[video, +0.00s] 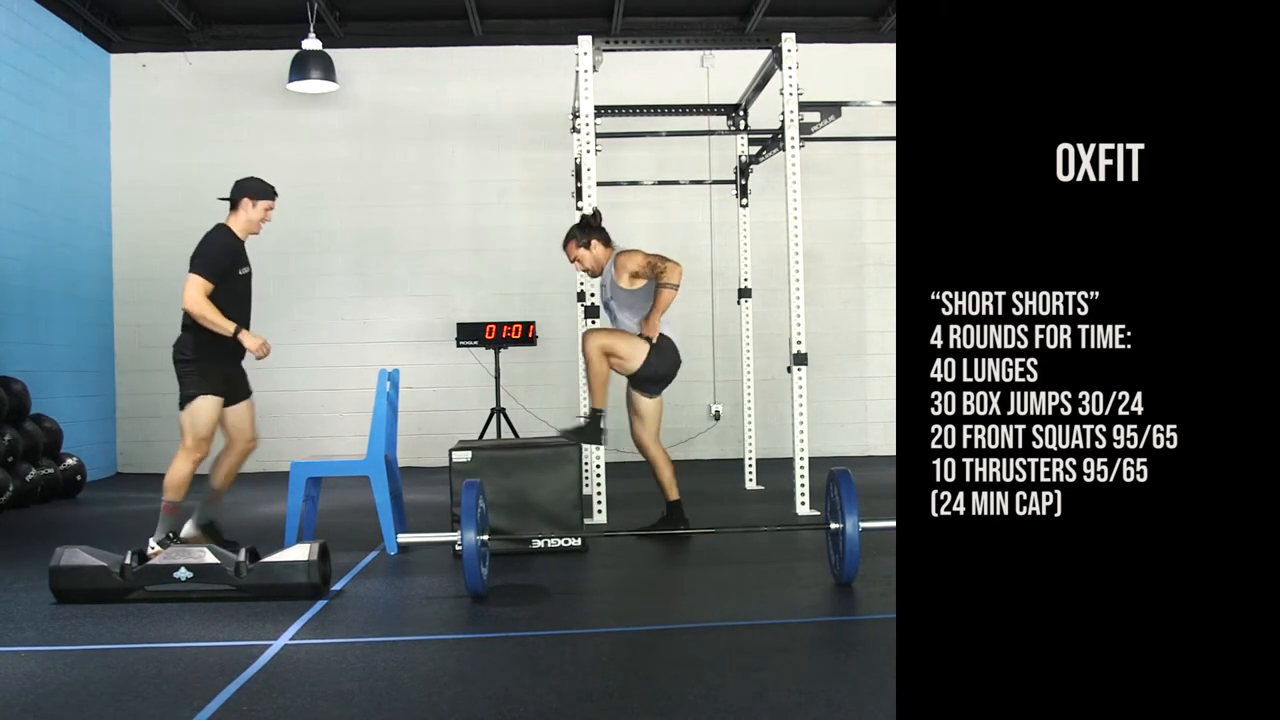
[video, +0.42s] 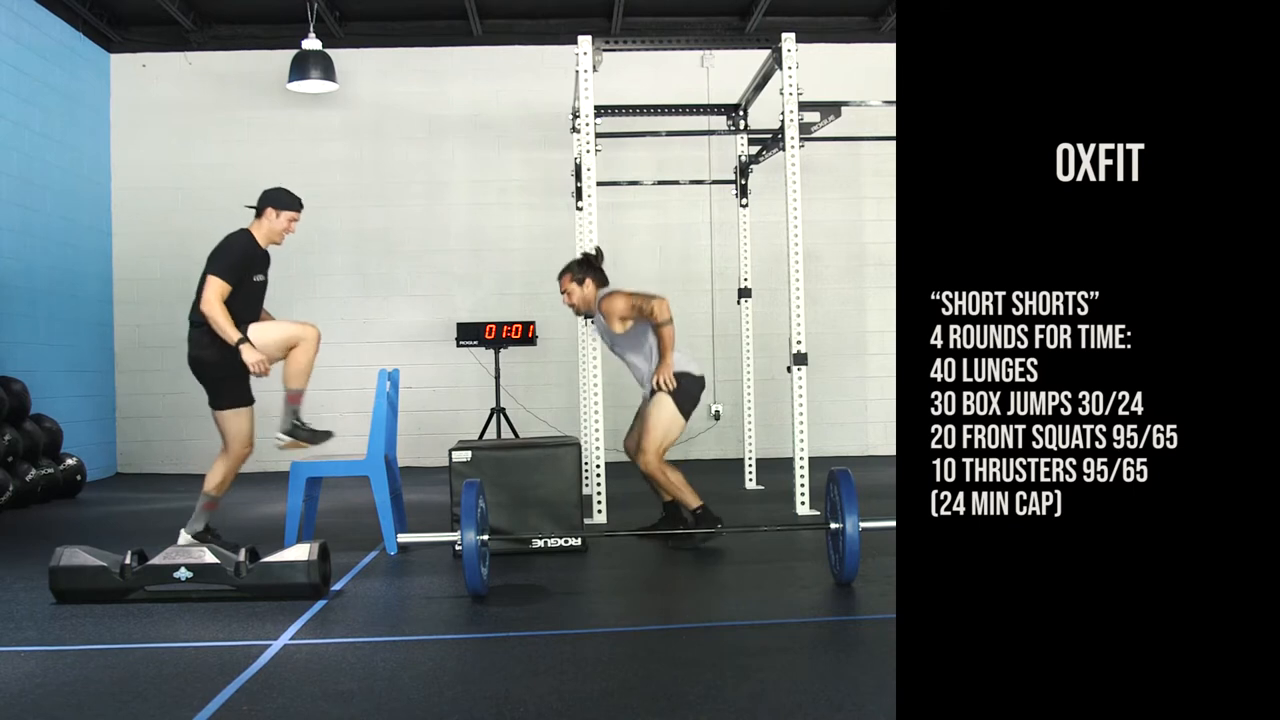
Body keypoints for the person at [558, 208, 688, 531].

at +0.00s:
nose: (578, 268)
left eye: (578, 259)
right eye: (574, 263)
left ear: (595, 245)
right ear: (595, 246)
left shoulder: (625, 260)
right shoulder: (609, 274)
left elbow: (672, 270)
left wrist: (654, 316)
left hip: (657, 357)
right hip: (645, 368)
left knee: (594, 340)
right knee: (646, 440)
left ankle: (595, 423)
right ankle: (676, 516)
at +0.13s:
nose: (581, 264)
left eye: (581, 255)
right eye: (576, 259)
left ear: (598, 241)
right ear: (596, 243)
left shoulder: (627, 258)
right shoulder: (611, 273)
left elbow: (673, 269)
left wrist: (660, 320)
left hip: (664, 351)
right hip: (656, 358)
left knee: (604, 369)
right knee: (660, 440)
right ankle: (677, 514)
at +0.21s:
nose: (578, 268)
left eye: (577, 260)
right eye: (574, 263)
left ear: (595, 246)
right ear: (591, 250)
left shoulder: (624, 262)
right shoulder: (611, 276)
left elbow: (672, 272)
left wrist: (665, 325)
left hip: (667, 353)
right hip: (663, 356)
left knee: (618, 402)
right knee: (660, 441)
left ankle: (674, 459)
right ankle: (677, 515)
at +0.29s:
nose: (570, 278)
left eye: (571, 270)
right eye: (567, 273)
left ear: (587, 258)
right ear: (587, 259)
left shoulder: (616, 272)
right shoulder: (608, 284)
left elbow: (666, 279)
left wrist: (666, 334)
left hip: (671, 359)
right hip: (669, 362)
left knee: (636, 428)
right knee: (654, 436)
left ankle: (689, 492)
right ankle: (676, 510)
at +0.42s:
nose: (565, 301)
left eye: (567, 292)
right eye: (563, 294)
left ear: (587, 284)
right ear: (585, 287)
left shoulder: (610, 303)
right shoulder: (603, 311)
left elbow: (659, 306)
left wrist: (665, 361)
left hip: (679, 381)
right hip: (664, 384)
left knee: (648, 457)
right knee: (633, 446)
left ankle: (703, 516)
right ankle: (674, 514)